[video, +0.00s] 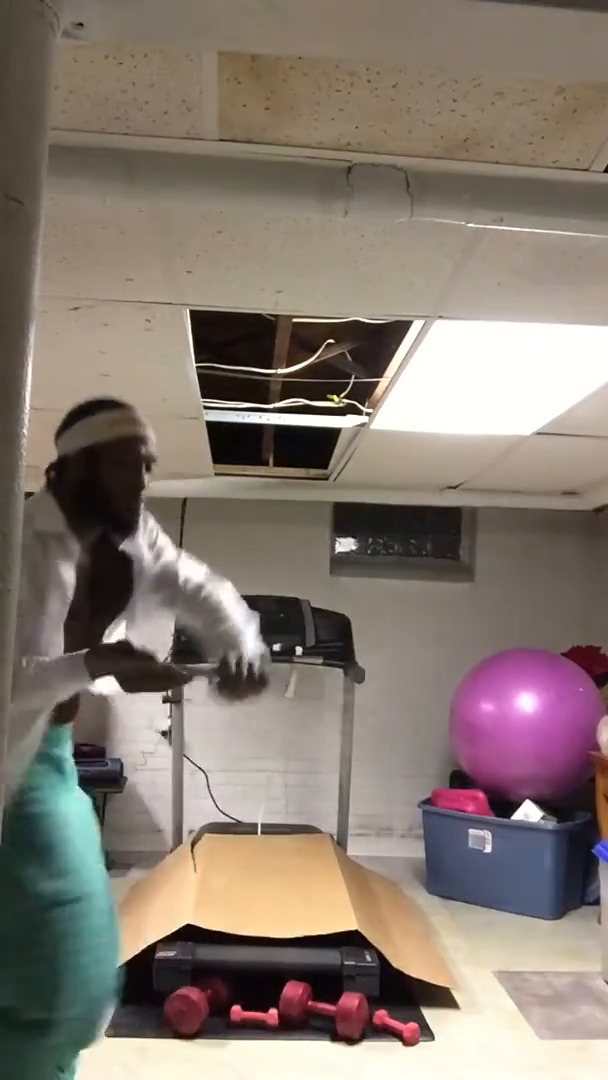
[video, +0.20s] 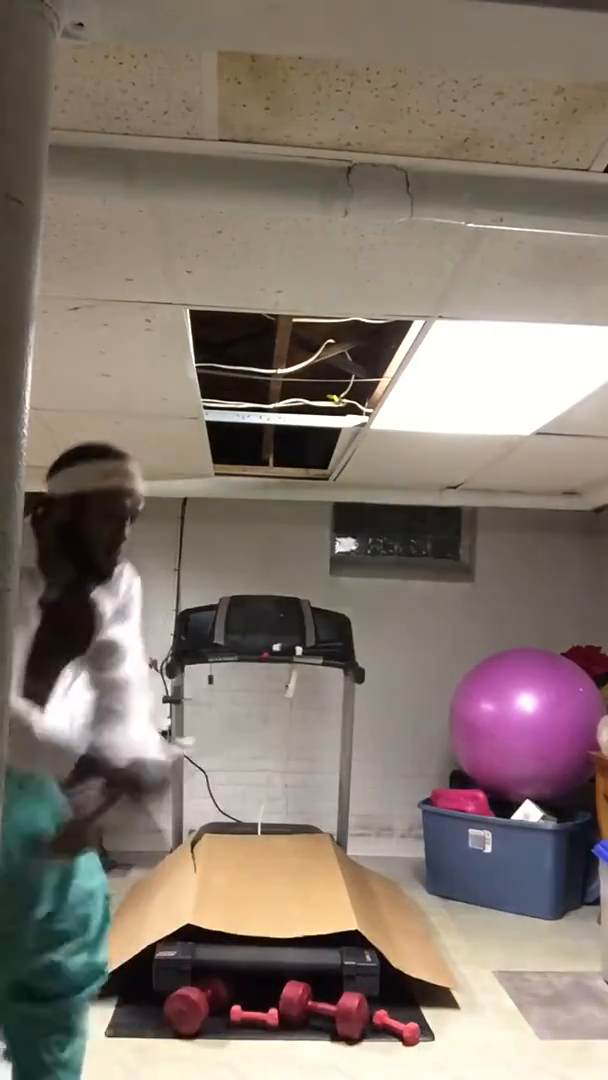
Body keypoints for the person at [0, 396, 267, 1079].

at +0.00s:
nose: (147, 482)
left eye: (149, 467)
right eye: (135, 465)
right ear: (78, 466)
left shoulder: (134, 535)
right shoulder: (20, 538)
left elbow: (199, 587)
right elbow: (11, 686)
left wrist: (242, 638)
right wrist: (98, 663)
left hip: (46, 757)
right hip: (14, 760)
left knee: (75, 979)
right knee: (69, 981)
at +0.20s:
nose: (127, 532)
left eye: (133, 516)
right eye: (114, 514)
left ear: (135, 517)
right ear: (61, 511)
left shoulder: (117, 584)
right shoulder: (14, 589)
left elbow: (127, 709)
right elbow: (28, 747)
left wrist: (108, 780)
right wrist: (44, 665)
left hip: (61, 815)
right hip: (10, 807)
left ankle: (50, 1062)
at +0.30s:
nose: (108, 555)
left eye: (115, 541)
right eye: (97, 539)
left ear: (115, 540)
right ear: (49, 535)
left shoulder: (100, 605)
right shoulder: (20, 605)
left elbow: (75, 715)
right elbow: (7, 734)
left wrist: (46, 802)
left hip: (34, 816)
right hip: (8, 818)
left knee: (37, 969)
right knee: (34, 973)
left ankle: (34, 1062)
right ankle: (29, 1063)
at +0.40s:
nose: (93, 568)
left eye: (101, 554)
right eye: (81, 553)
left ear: (105, 552)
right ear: (39, 550)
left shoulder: (91, 616)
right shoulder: (19, 616)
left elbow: (48, 723)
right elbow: (17, 719)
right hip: (10, 789)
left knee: (20, 908)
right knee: (19, 905)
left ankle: (19, 1025)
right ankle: (21, 1014)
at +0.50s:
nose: (82, 569)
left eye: (91, 554)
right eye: (71, 552)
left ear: (95, 553)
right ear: (29, 545)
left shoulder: (79, 616)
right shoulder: (13, 604)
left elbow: (35, 726)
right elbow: (30, 725)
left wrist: (11, 784)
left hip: (18, 782)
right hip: (14, 781)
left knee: (10, 897)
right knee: (8, 897)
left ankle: (5, 1014)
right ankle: (6, 1009)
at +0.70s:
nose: (82, 546)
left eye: (88, 530)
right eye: (68, 529)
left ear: (91, 532)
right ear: (27, 532)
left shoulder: (75, 599)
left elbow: (51, 705)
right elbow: (50, 703)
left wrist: (8, 783)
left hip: (19, 826)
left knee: (10, 993)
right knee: (9, 994)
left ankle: (8, 1062)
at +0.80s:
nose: (92, 530)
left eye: (96, 517)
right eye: (79, 517)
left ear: (93, 519)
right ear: (36, 520)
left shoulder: (80, 587)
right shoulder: (18, 590)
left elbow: (111, 685)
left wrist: (84, 756)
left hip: (28, 796)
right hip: (6, 798)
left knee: (21, 911)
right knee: (20, 909)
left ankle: (17, 1020)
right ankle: (18, 1012)